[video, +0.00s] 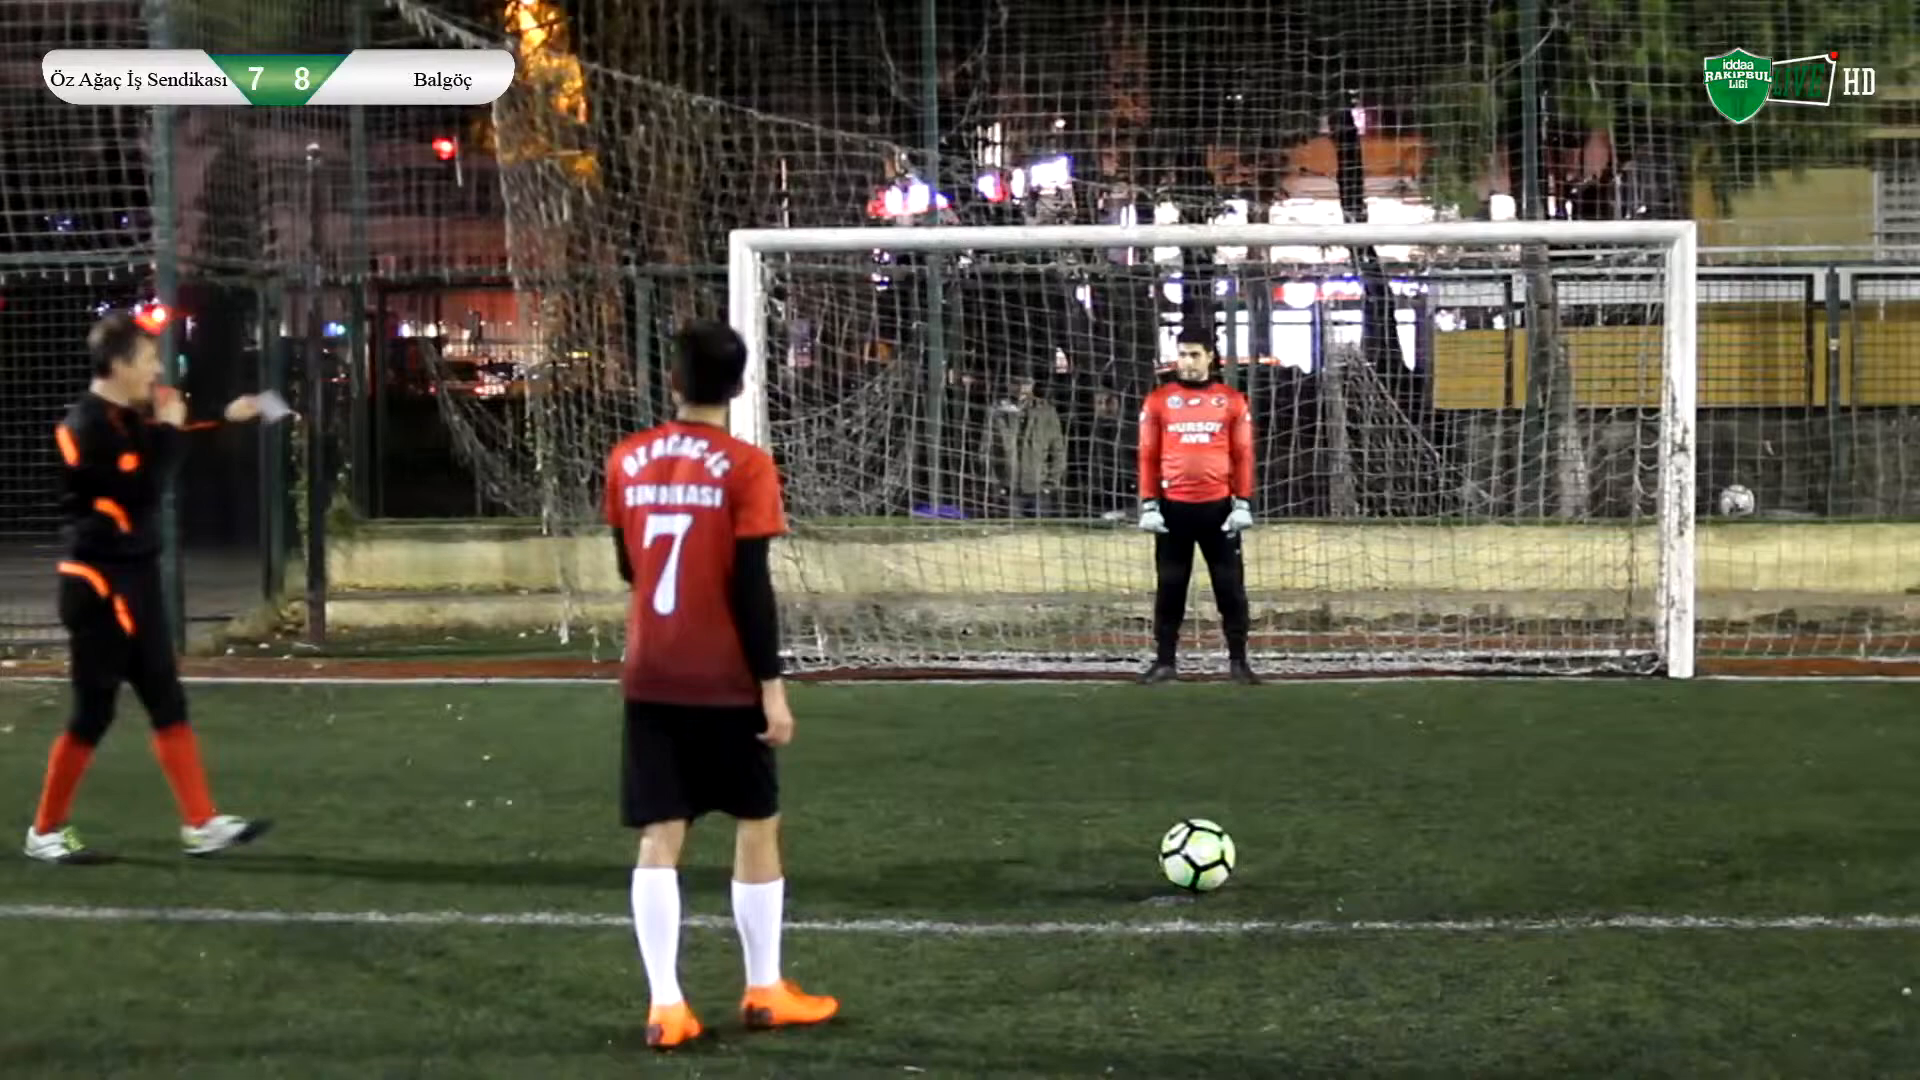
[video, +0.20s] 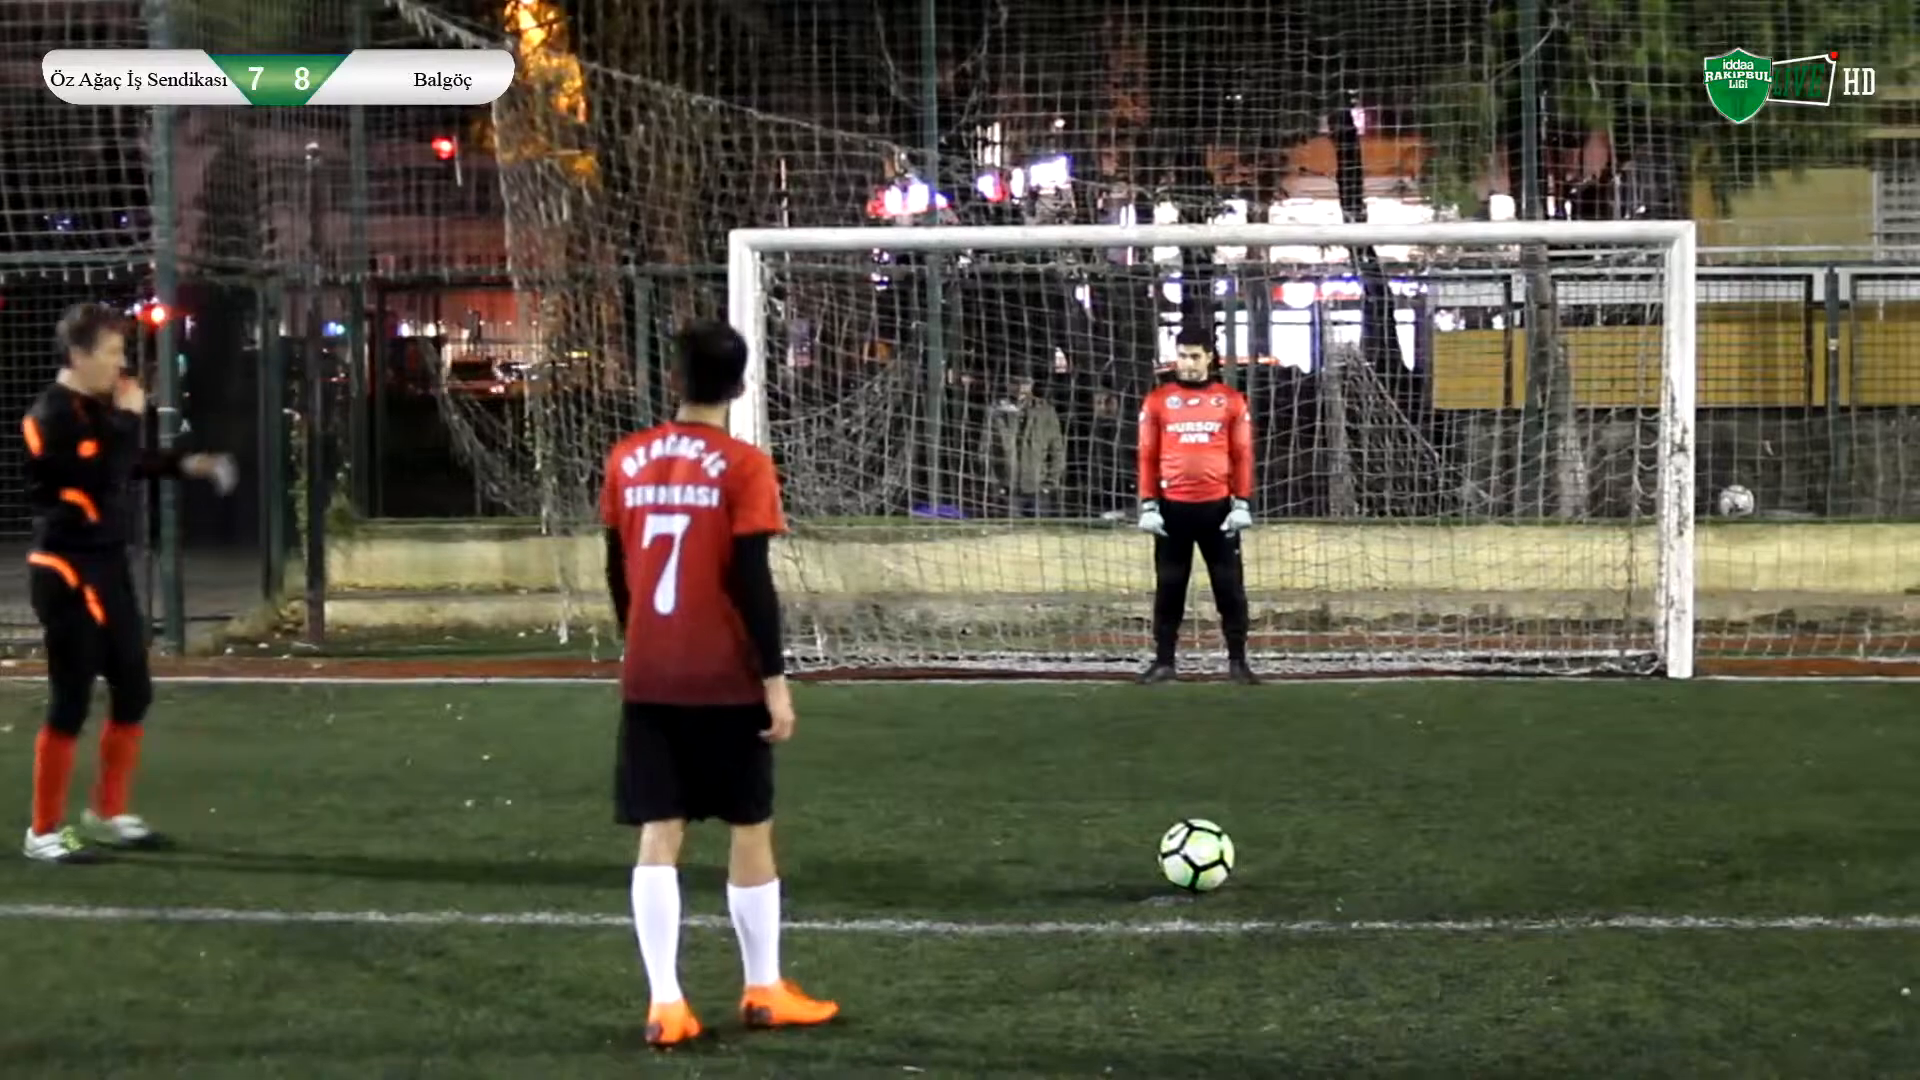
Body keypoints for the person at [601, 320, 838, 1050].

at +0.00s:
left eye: (691, 370)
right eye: (737, 378)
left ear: (676, 380)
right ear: (740, 386)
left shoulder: (627, 458)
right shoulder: (749, 466)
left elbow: (631, 568)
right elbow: (750, 583)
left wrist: (706, 566)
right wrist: (771, 681)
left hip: (649, 681)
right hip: (726, 681)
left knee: (661, 830)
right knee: (759, 821)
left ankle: (665, 1002)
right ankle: (767, 986)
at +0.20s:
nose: (727, 386)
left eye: (696, 369)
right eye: (738, 378)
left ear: (678, 378)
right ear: (740, 385)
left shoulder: (626, 457)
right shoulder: (747, 466)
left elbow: (619, 576)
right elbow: (751, 577)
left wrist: (643, 647)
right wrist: (775, 675)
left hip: (648, 681)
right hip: (728, 681)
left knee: (659, 829)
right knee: (751, 825)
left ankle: (665, 1000)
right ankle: (766, 985)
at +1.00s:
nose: (801, 417)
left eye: (799, 405)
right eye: (801, 406)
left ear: (737, 397)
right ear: (788, 408)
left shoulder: (671, 460)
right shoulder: (784, 472)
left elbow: (643, 575)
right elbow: (774, 577)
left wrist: (690, 627)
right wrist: (789, 679)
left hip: (656, 670)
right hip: (733, 675)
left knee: (665, 826)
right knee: (758, 825)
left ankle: (664, 1002)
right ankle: (766, 986)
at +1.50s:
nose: (855, 457)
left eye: (854, 446)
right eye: (854, 446)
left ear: (792, 440)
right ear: (841, 443)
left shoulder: (729, 496)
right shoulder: (837, 496)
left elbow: (695, 597)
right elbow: (810, 575)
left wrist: (734, 648)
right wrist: (805, 678)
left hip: (710, 688)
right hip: (782, 688)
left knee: (693, 834)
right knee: (850, 793)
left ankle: (664, 1002)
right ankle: (850, 957)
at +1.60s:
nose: (890, 478)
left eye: (888, 469)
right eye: (890, 468)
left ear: (829, 465)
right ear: (878, 466)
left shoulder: (776, 516)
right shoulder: (874, 512)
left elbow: (775, 613)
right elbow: (849, 575)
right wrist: (837, 671)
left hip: (749, 690)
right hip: (816, 689)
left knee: (718, 832)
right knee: (898, 792)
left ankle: (672, 991)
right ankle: (894, 953)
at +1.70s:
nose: (919, 491)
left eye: (917, 481)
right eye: (917, 481)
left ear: (857, 476)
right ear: (906, 479)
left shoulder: (815, 520)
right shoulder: (906, 521)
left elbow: (815, 612)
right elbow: (888, 587)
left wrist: (893, 647)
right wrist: (886, 671)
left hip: (787, 697)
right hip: (855, 697)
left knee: (757, 831)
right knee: (928, 808)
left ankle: (694, 970)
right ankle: (896, 964)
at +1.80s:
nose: (959, 483)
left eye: (956, 474)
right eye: (956, 474)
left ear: (895, 477)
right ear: (946, 475)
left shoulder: (860, 519)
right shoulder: (956, 526)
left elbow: (815, 546)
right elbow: (983, 610)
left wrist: (868, 572)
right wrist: (1020, 689)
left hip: (848, 697)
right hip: (915, 697)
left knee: (876, 840)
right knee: (961, 828)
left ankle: (801, 906)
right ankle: (903, 962)